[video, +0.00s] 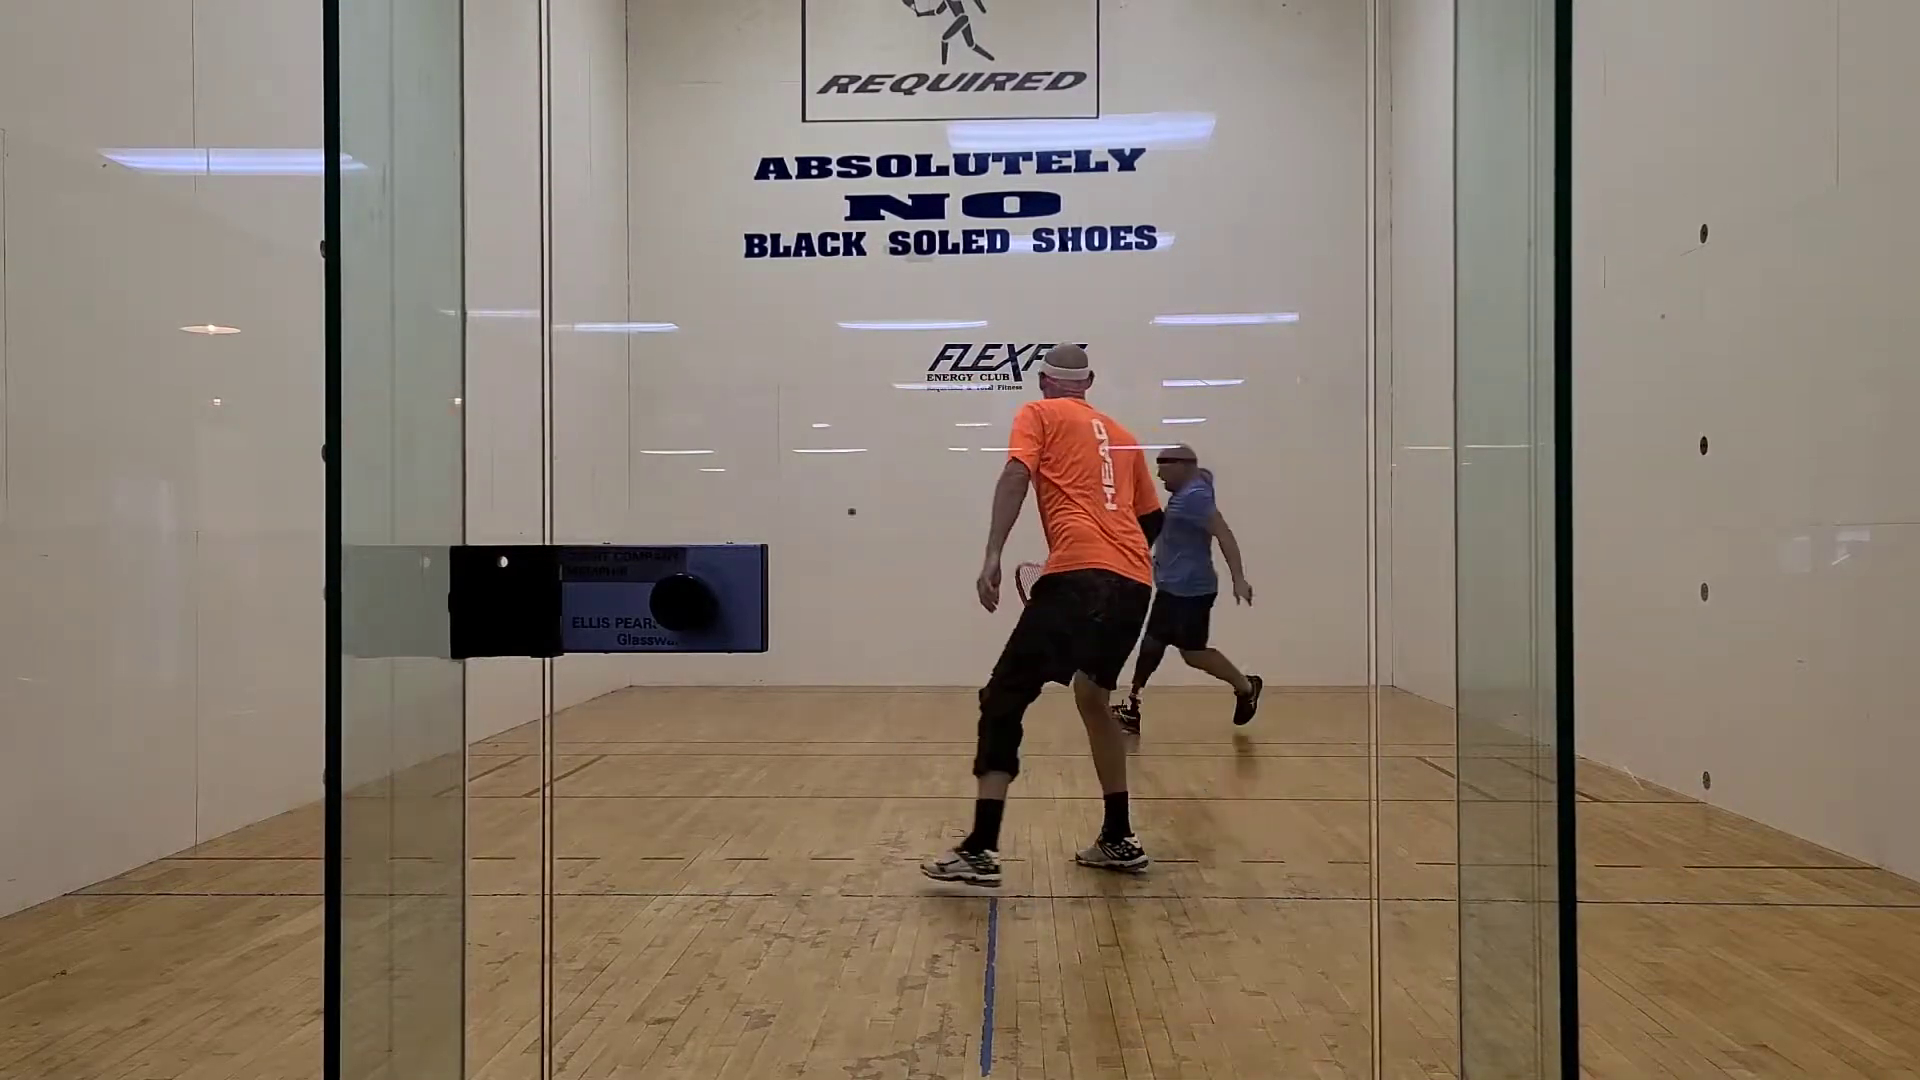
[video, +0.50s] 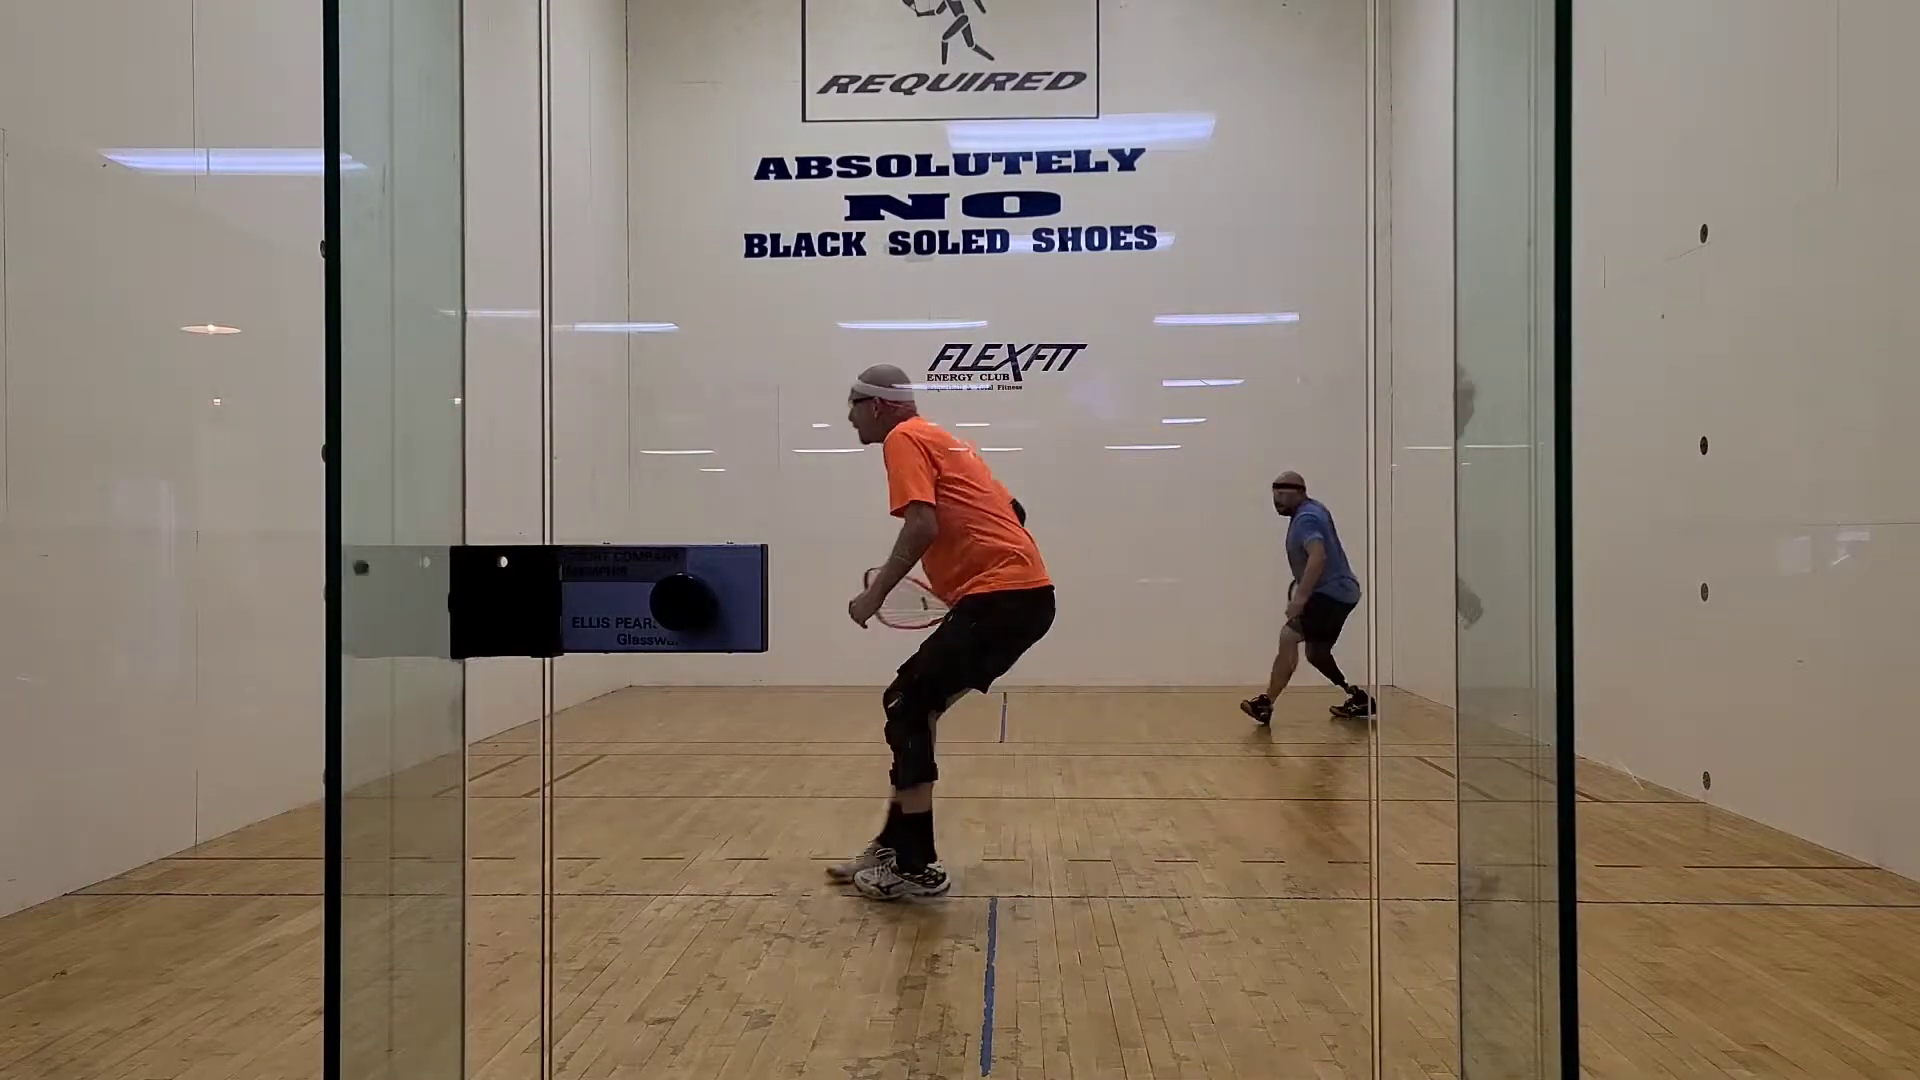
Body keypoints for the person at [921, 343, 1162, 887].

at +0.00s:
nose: (1042, 390)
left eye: (1042, 382)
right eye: (1048, 382)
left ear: (1044, 381)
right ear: (1088, 385)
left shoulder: (1039, 412)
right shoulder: (1123, 436)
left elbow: (1017, 474)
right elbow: (1152, 521)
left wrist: (992, 554)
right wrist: (1071, 561)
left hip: (1073, 578)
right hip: (1135, 586)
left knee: (1002, 701)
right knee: (1093, 694)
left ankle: (981, 849)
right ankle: (1120, 836)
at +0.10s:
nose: (1018, 402)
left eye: (1017, 394)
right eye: (1024, 393)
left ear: (1019, 392)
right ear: (1065, 395)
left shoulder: (1015, 425)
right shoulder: (1100, 446)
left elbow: (992, 489)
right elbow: (1129, 533)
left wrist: (966, 572)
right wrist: (1083, 577)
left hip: (1046, 585)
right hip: (1109, 594)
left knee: (973, 707)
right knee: (1082, 702)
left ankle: (942, 856)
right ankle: (1117, 840)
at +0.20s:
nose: (981, 404)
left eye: (982, 396)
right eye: (984, 395)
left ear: (988, 396)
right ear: (1029, 398)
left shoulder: (984, 434)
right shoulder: (1071, 453)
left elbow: (968, 504)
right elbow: (1103, 538)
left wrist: (940, 586)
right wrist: (1072, 594)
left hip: (1019, 599)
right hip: (1081, 606)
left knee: (936, 712)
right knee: (1062, 707)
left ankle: (926, 863)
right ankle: (1114, 839)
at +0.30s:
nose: (937, 406)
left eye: (937, 396)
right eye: (940, 396)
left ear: (944, 396)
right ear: (986, 397)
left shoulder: (948, 431)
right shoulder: (1030, 447)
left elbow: (946, 508)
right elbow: (1075, 522)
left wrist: (913, 578)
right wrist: (1049, 590)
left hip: (997, 595)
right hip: (1052, 602)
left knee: (918, 714)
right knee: (1005, 703)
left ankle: (921, 866)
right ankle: (1084, 820)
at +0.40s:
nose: (892, 410)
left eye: (892, 398)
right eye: (892, 399)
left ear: (904, 393)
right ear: (942, 393)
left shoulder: (920, 428)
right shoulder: (991, 436)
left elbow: (934, 508)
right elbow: (1043, 508)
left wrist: (889, 578)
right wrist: (1003, 572)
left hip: (992, 591)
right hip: (1036, 593)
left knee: (913, 709)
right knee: (949, 699)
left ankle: (918, 863)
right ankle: (1004, 825)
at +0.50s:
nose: (852, 422)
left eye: (855, 411)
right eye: (852, 412)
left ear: (880, 407)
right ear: (900, 407)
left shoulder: (904, 438)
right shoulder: (945, 441)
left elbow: (922, 523)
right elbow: (1010, 510)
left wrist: (876, 592)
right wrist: (952, 581)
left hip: (1002, 595)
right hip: (1021, 594)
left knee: (906, 704)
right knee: (910, 703)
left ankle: (918, 864)